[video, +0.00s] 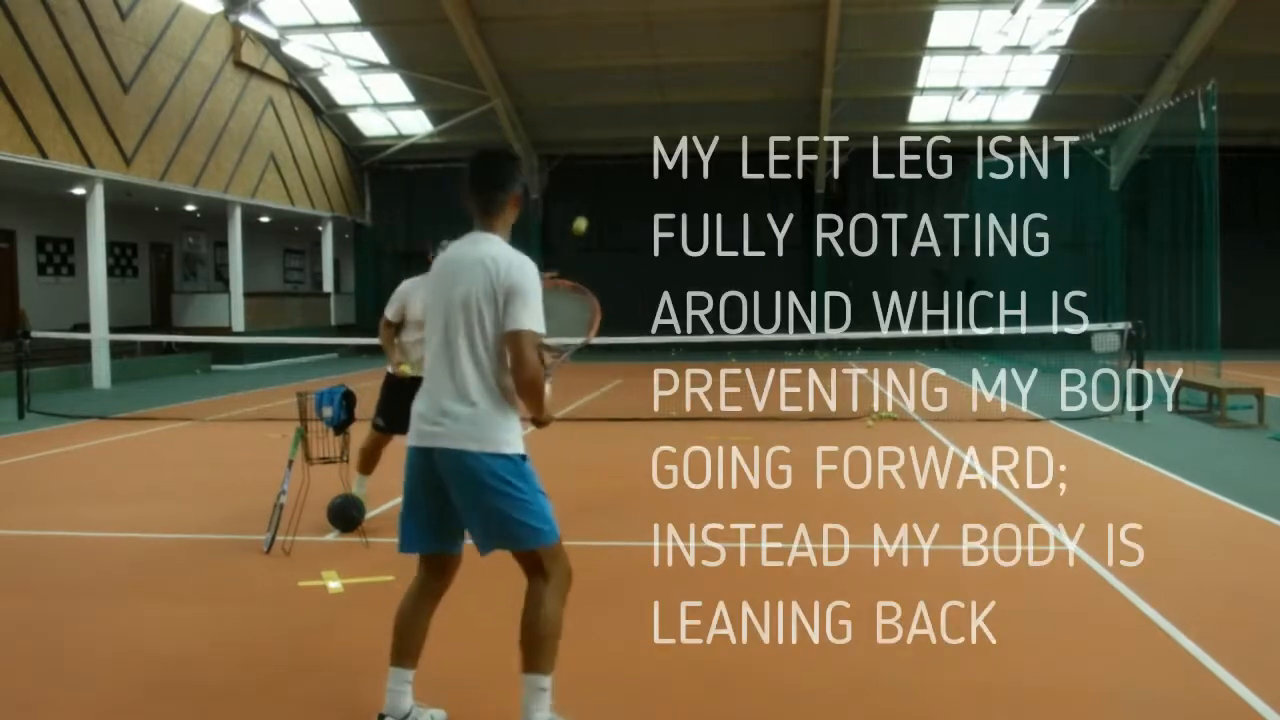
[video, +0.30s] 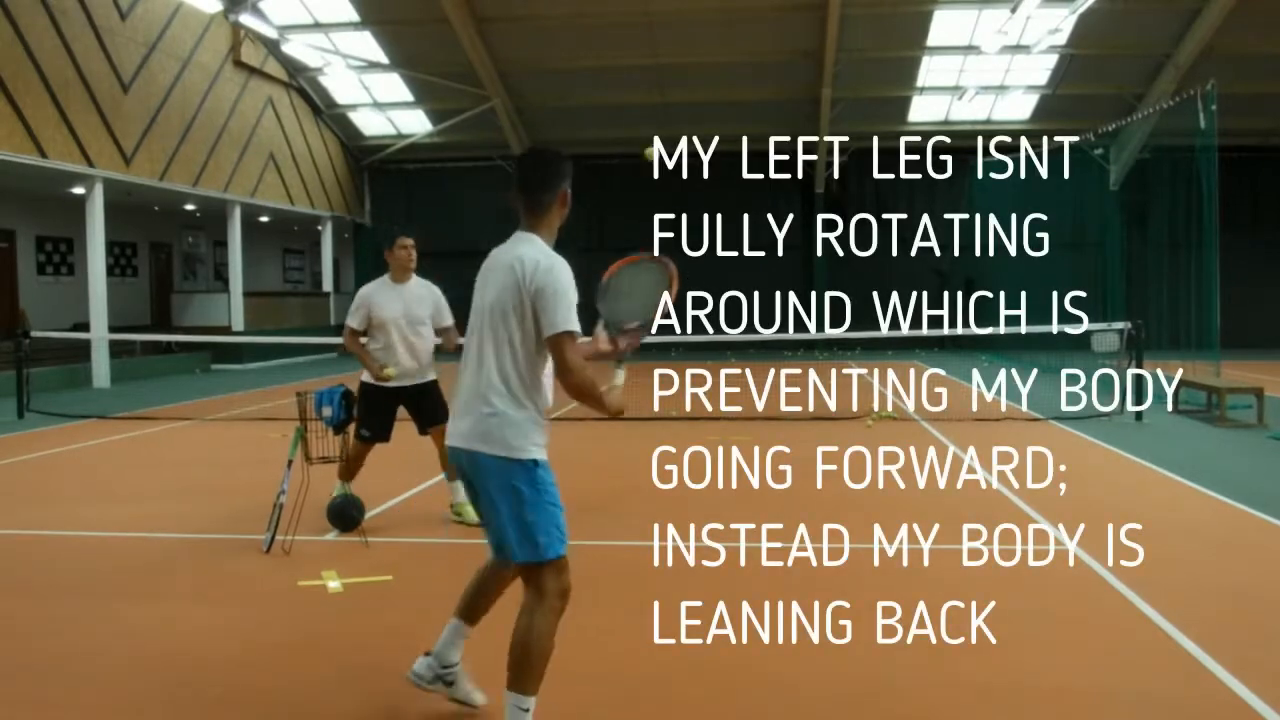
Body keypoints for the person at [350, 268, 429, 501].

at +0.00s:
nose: (448, 262)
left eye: (453, 257)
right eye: (443, 255)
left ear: (460, 261)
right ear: (432, 258)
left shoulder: (462, 293)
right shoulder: (411, 288)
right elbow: (387, 325)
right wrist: (394, 359)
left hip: (444, 378)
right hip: (406, 376)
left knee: (445, 442)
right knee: (379, 436)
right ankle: (359, 491)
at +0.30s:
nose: (410, 254)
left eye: (413, 249)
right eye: (404, 249)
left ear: (417, 255)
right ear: (388, 255)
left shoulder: (430, 291)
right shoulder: (369, 294)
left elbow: (448, 330)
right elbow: (349, 338)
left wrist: (449, 341)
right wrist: (372, 364)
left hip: (422, 381)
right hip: (380, 384)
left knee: (443, 435)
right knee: (363, 444)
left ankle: (459, 500)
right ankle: (341, 492)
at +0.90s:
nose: (378, 244)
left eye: (381, 239)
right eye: (372, 239)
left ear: (384, 244)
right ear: (357, 243)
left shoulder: (392, 279)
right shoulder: (340, 280)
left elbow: (399, 318)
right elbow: (328, 328)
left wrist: (404, 342)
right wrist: (369, 347)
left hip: (388, 373)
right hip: (349, 375)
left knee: (402, 430)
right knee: (340, 436)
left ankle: (411, 495)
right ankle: (337, 497)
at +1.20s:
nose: (383, 245)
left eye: (385, 240)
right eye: (377, 240)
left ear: (387, 244)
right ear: (360, 242)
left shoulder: (394, 278)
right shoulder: (341, 281)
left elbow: (402, 317)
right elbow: (326, 328)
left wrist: (413, 343)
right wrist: (364, 351)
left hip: (389, 374)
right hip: (350, 376)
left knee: (403, 431)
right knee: (340, 436)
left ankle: (411, 495)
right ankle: (337, 497)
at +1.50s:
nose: (383, 245)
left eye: (386, 240)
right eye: (378, 240)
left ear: (387, 244)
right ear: (360, 243)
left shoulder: (393, 278)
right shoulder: (341, 281)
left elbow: (401, 316)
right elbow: (324, 328)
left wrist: (418, 341)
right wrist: (359, 351)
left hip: (389, 373)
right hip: (351, 376)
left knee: (403, 432)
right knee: (340, 436)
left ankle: (411, 495)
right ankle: (337, 497)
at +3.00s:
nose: (465, 257)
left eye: (468, 252)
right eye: (459, 251)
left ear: (471, 259)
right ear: (444, 256)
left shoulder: (475, 296)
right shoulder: (415, 286)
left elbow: (496, 329)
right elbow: (390, 323)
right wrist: (400, 354)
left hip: (448, 376)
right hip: (407, 373)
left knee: (459, 433)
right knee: (386, 434)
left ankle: (456, 503)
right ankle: (367, 494)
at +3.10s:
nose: (462, 255)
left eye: (465, 250)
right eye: (456, 249)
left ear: (468, 257)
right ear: (440, 255)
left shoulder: (473, 291)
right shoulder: (414, 286)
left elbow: (500, 307)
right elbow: (390, 321)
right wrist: (393, 360)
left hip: (448, 378)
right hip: (407, 374)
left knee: (459, 434)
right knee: (382, 436)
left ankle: (456, 503)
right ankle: (365, 493)